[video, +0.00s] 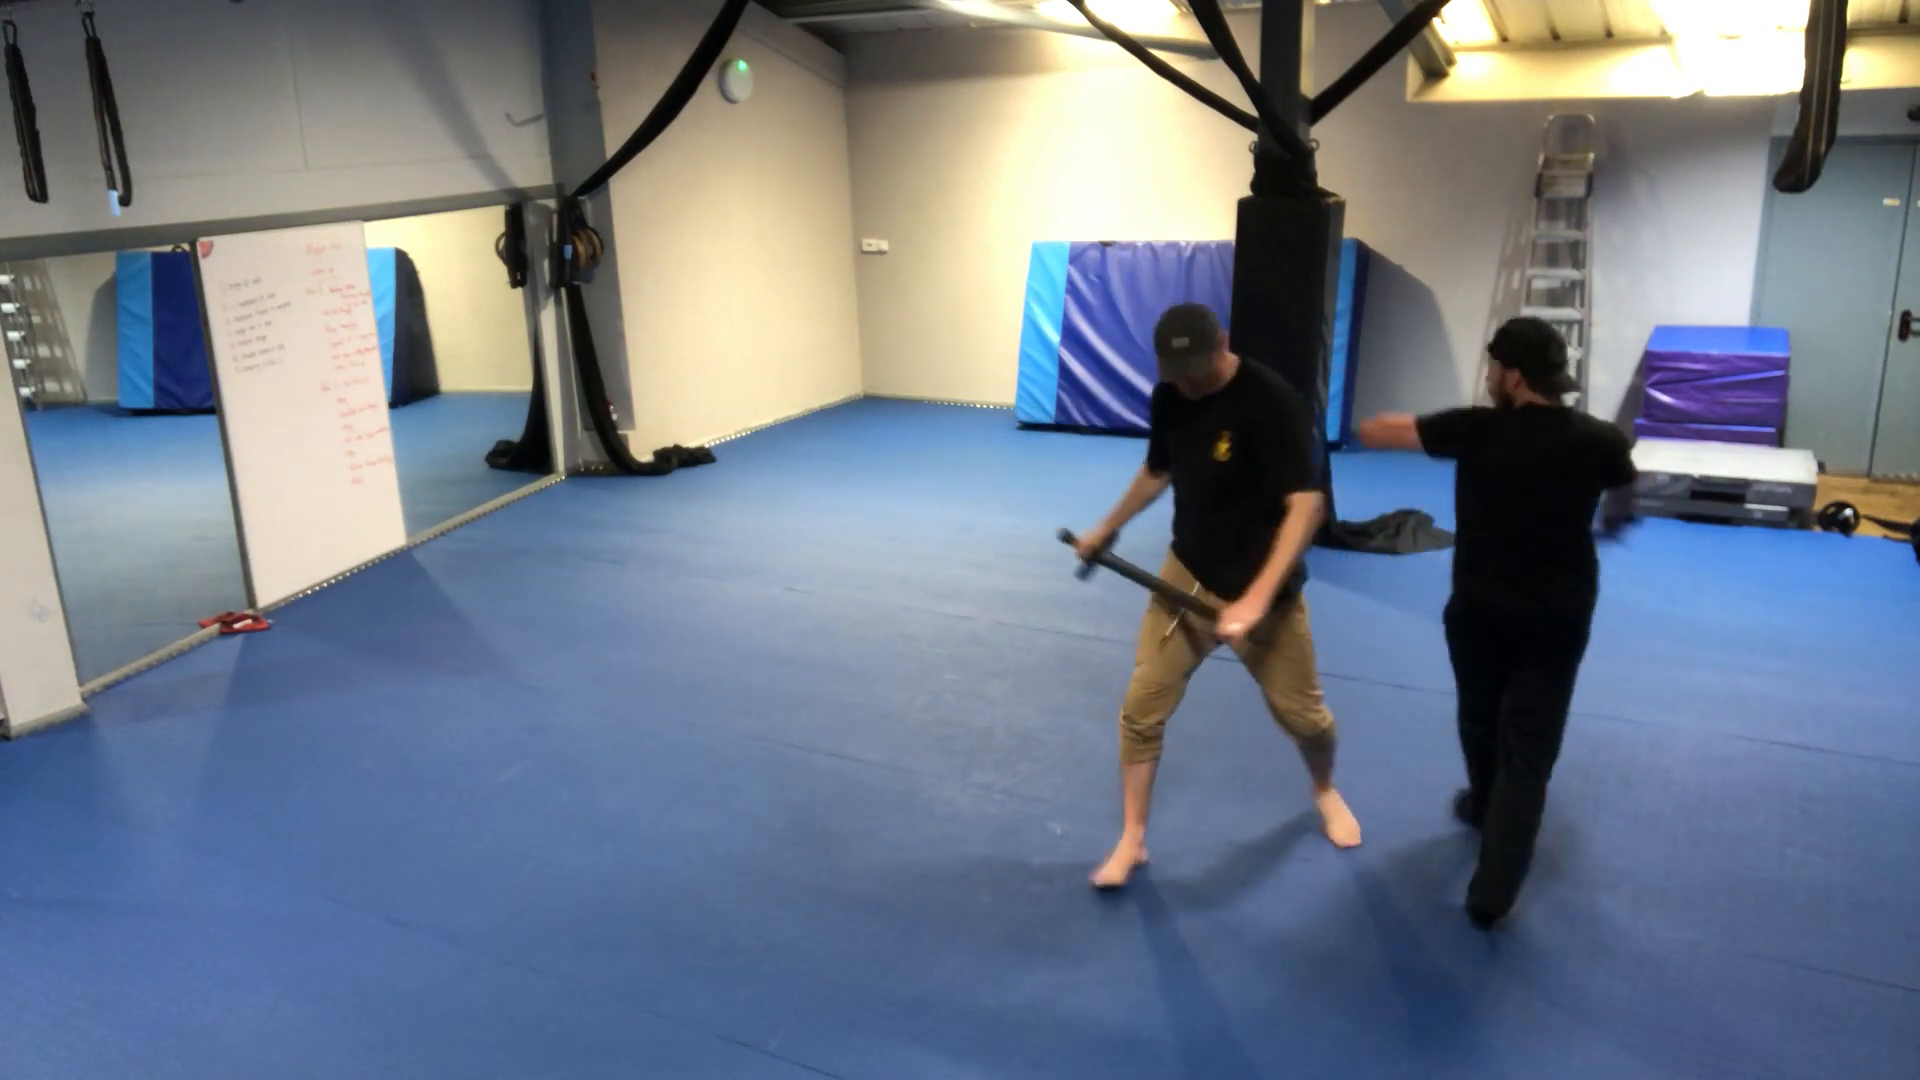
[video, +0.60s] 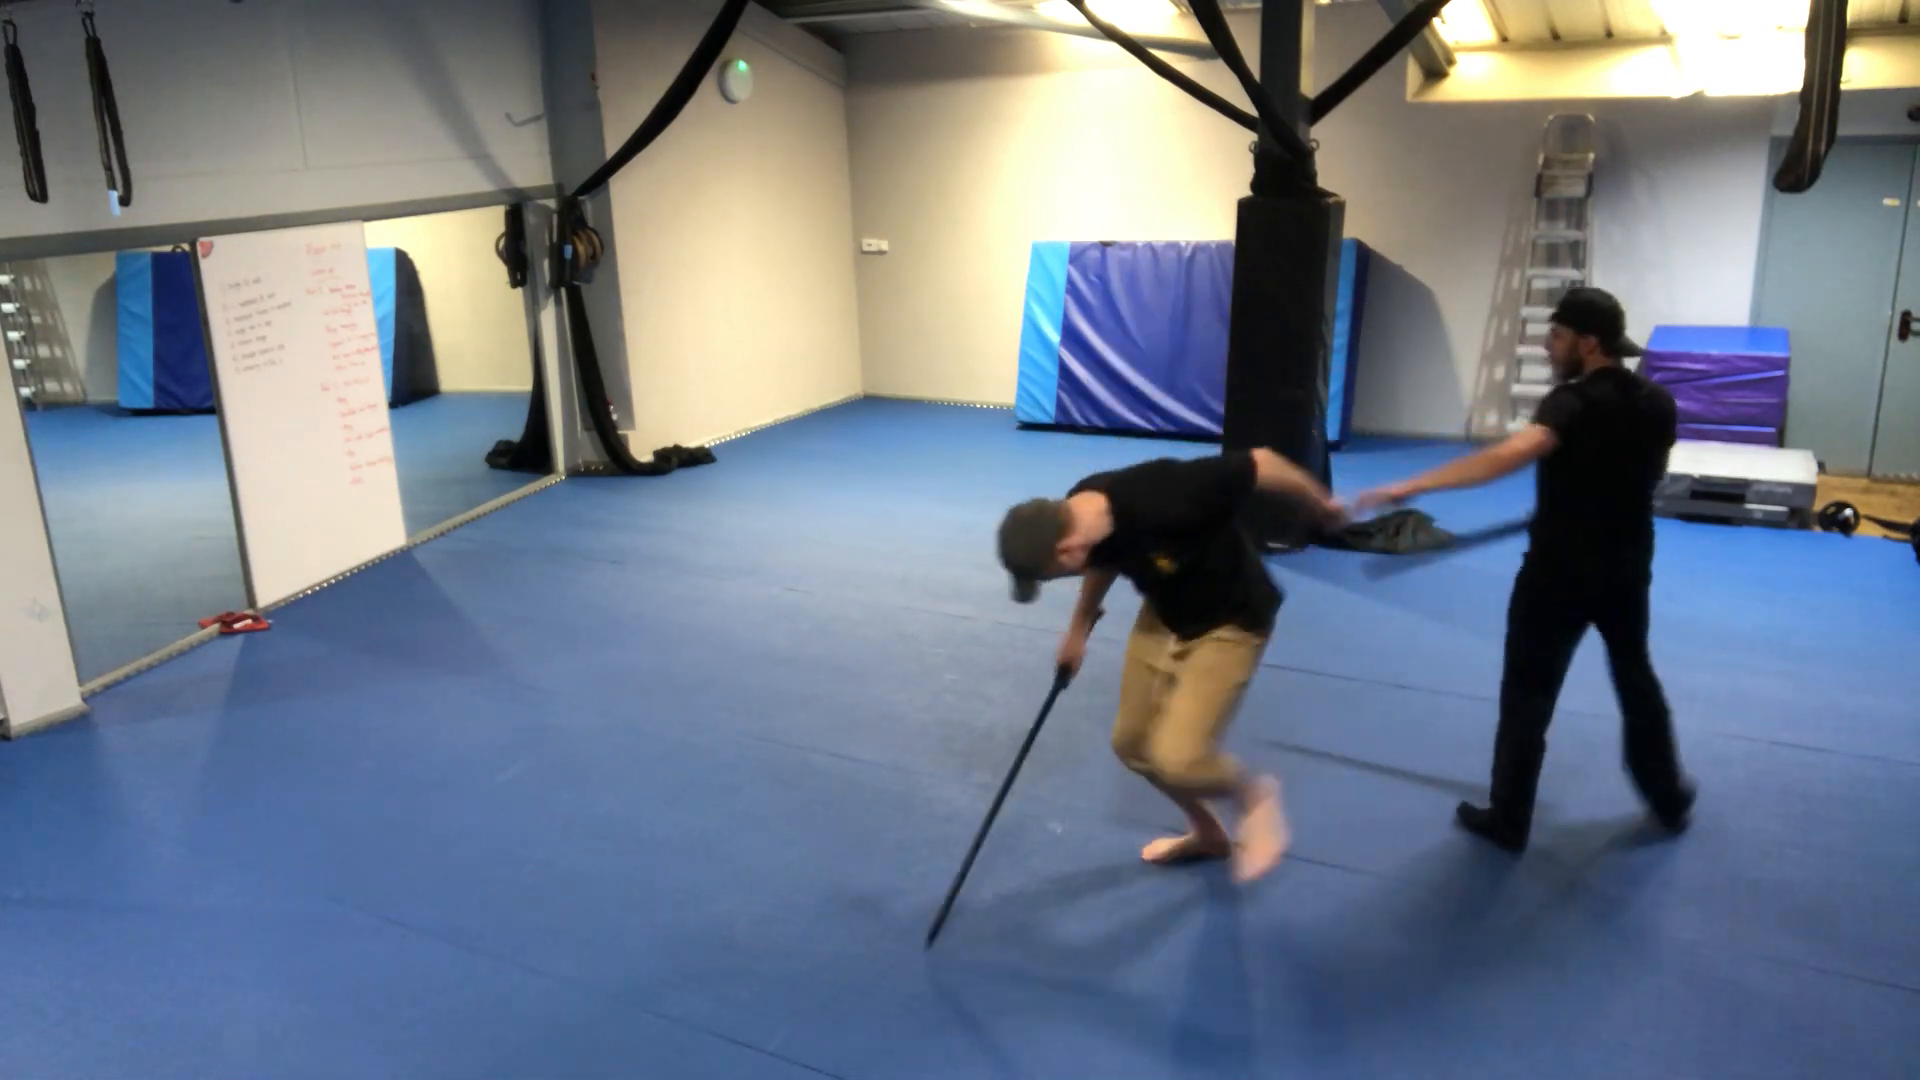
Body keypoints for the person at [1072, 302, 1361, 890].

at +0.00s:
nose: (1188, 382)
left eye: (1198, 370)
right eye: (1178, 373)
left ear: (1223, 346)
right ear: (1165, 363)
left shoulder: (1274, 401)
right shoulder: (1169, 399)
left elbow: (1307, 506)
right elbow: (1157, 471)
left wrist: (1255, 599)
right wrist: (1105, 530)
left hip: (1267, 582)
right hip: (1189, 572)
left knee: (1306, 719)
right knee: (1142, 707)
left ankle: (1325, 791)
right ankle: (1132, 837)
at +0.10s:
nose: (1186, 371)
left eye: (1191, 357)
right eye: (1179, 361)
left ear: (1226, 336)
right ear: (1175, 355)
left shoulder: (1289, 402)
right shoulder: (1181, 403)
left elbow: (1340, 498)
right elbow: (1170, 482)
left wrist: (1295, 590)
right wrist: (1125, 542)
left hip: (1274, 590)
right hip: (1196, 577)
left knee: (1306, 709)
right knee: (1130, 700)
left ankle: (1329, 796)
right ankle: (1144, 819)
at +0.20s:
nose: (1158, 337)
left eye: (1171, 325)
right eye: (1157, 326)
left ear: (1211, 332)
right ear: (1159, 334)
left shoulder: (1273, 400)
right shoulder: (1165, 405)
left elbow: (1358, 467)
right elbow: (1164, 479)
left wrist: (1368, 548)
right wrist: (1124, 542)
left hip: (1278, 589)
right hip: (1197, 570)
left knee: (1309, 703)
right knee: (1133, 687)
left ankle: (1328, 793)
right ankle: (1167, 798)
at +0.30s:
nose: (1118, 391)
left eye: (1127, 377)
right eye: (1117, 379)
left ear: (1169, 375)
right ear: (1156, 378)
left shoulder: (1244, 416)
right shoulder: (1144, 433)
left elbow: (1358, 438)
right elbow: (1149, 480)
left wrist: (1429, 524)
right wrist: (1114, 543)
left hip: (1279, 593)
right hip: (1199, 573)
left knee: (1312, 700)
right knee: (1138, 681)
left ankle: (1328, 791)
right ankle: (1178, 791)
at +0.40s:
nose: (1112, 481)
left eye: (1110, 470)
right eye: (1104, 476)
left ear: (1128, 442)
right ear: (1109, 456)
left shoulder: (1217, 441)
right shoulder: (1142, 472)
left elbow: (1337, 436)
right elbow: (1132, 510)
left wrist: (1436, 496)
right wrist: (1105, 562)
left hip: (1269, 606)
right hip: (1191, 594)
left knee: (1308, 716)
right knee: (1152, 716)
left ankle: (1327, 791)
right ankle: (1204, 825)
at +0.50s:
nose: (1096, 556)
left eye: (1091, 550)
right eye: (1088, 555)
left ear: (1095, 525)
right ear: (1093, 526)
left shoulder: (1180, 475)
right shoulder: (1106, 496)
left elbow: (1286, 446)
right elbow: (1124, 539)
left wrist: (1383, 488)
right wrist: (1097, 595)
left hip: (1250, 618)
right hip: (1177, 606)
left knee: (1261, 754)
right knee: (1145, 731)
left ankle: (1320, 771)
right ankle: (1209, 830)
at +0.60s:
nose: (1067, 577)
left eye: (1060, 572)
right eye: (1058, 575)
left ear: (1067, 547)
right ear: (1064, 543)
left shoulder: (1160, 493)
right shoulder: (1084, 515)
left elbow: (1261, 463)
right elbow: (1104, 563)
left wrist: (1323, 502)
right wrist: (1077, 634)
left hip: (1232, 619)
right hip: (1164, 615)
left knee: (1177, 758)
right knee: (1131, 743)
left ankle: (1254, 793)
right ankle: (1207, 833)